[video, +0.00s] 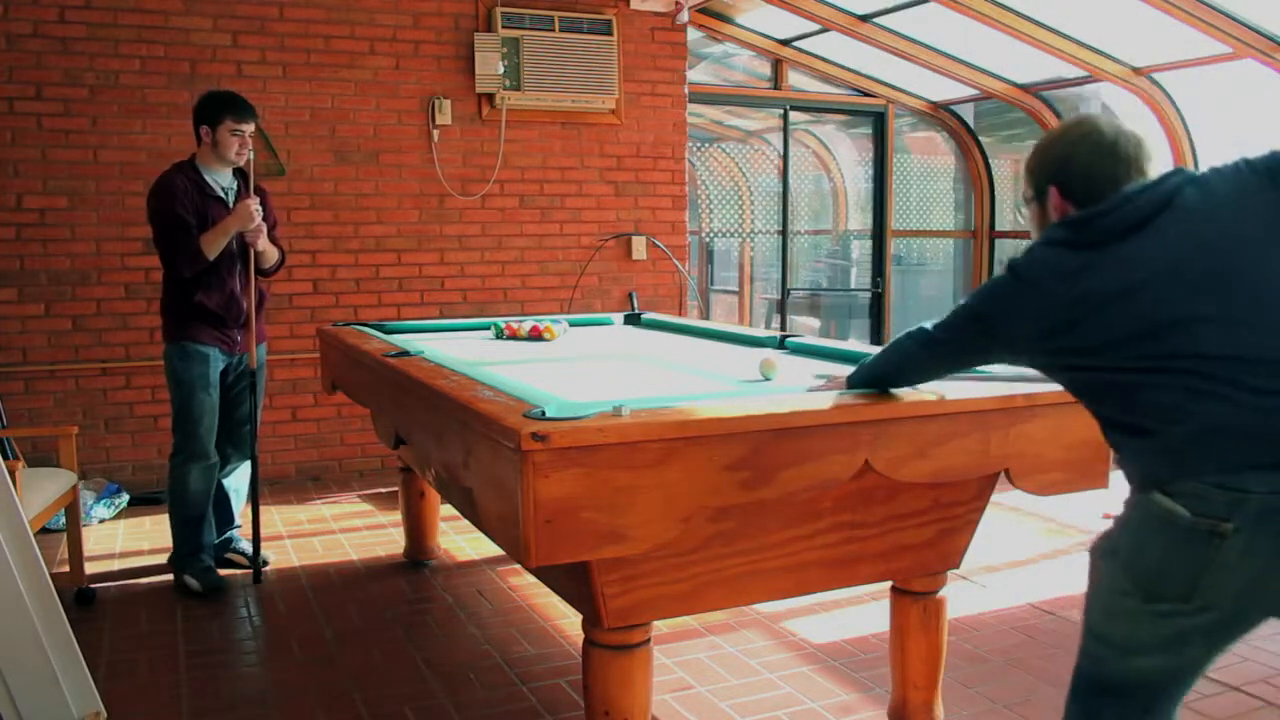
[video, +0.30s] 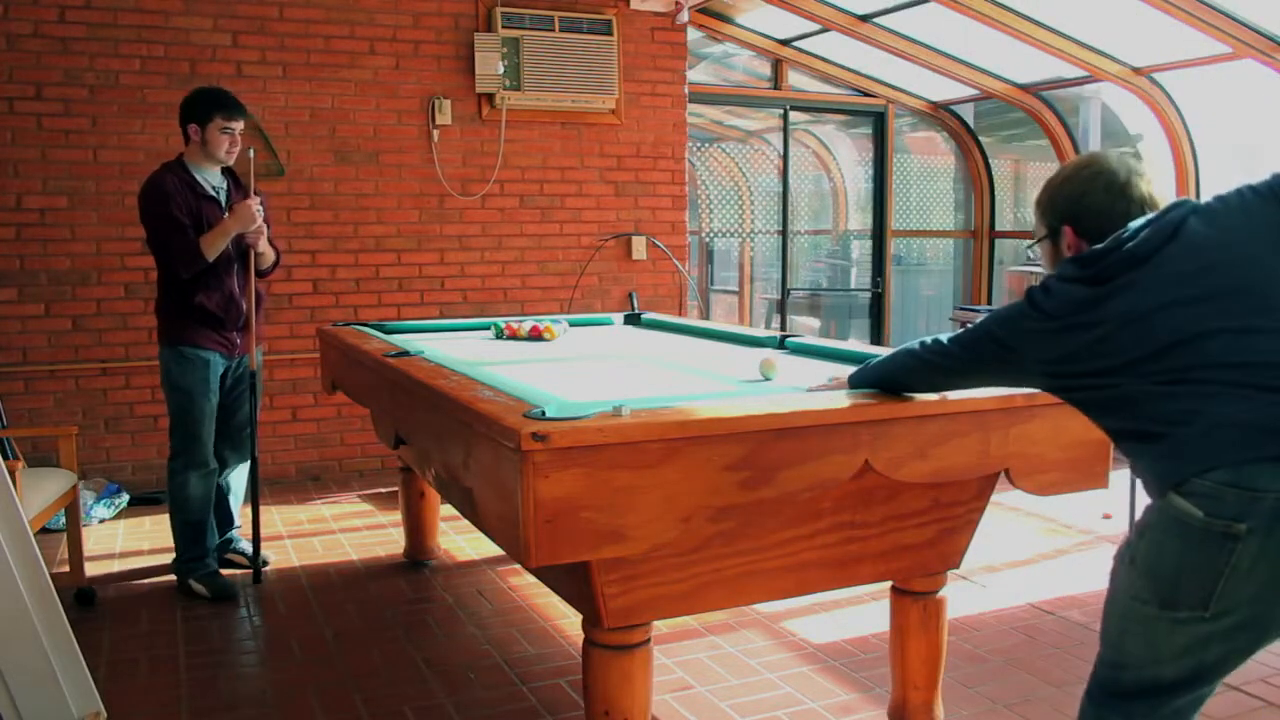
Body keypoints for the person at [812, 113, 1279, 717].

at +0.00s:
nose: (1032, 225)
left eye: (1031, 210)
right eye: (1030, 211)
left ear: (1058, 204)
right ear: (1138, 176)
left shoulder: (1041, 283)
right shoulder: (1246, 189)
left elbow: (932, 346)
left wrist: (861, 381)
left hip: (1222, 511)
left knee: (1111, 700)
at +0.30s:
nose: (1044, 259)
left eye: (1044, 244)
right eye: (1041, 246)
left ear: (1072, 242)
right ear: (1149, 210)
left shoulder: (1056, 316)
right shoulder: (1248, 213)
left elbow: (940, 359)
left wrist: (858, 379)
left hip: (1240, 504)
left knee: (1127, 704)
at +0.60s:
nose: (1044, 268)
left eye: (1045, 251)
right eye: (1041, 254)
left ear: (1073, 249)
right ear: (1149, 221)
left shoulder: (1054, 320)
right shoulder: (1247, 219)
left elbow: (939, 360)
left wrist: (862, 376)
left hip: (1237, 502)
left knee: (1129, 703)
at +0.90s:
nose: (1043, 271)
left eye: (1045, 253)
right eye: (1041, 255)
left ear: (1073, 252)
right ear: (1149, 223)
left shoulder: (1054, 320)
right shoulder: (1246, 219)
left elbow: (938, 361)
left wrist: (860, 376)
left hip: (1239, 504)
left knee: (1133, 703)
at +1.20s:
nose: (1048, 266)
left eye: (1049, 250)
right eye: (1045, 252)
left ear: (1076, 248)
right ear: (1153, 220)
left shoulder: (1057, 317)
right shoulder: (1248, 217)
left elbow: (939, 360)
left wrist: (861, 375)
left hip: (1238, 505)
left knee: (1134, 703)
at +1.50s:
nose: (1049, 267)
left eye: (1050, 251)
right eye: (1047, 253)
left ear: (1077, 248)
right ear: (1152, 218)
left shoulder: (1056, 319)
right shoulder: (1250, 213)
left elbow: (938, 361)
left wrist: (860, 376)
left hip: (1240, 503)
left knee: (1136, 703)